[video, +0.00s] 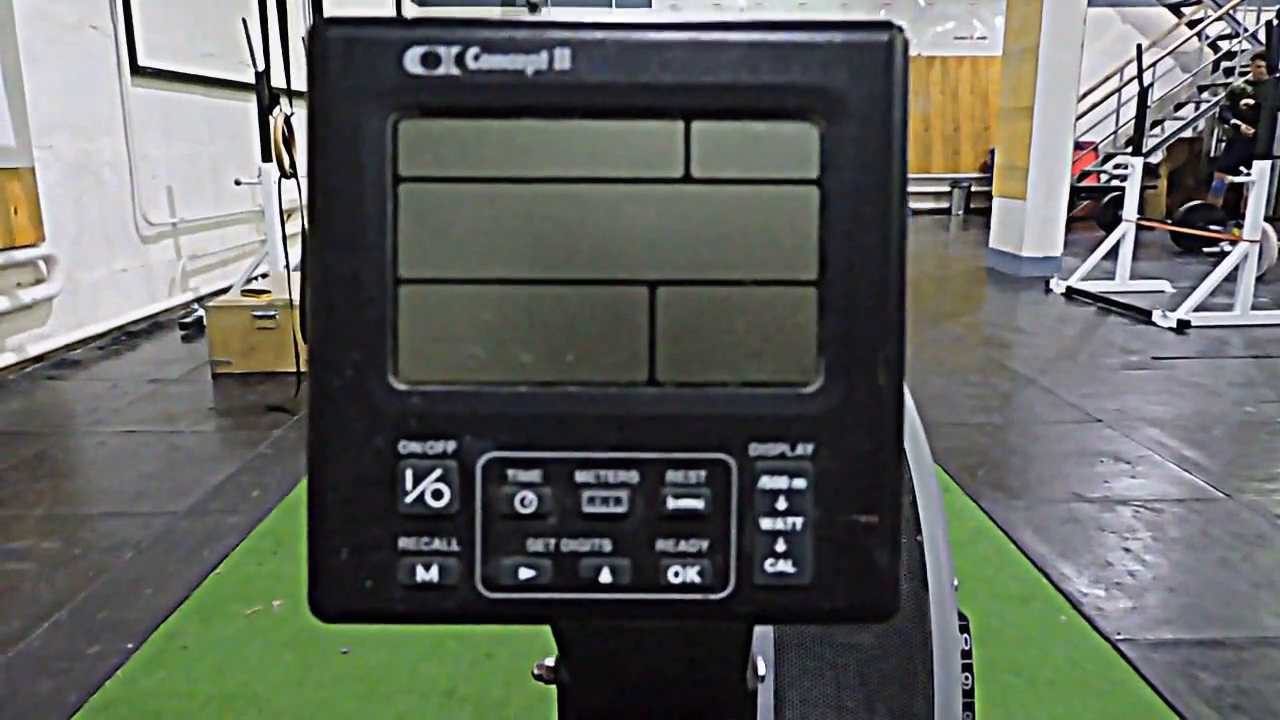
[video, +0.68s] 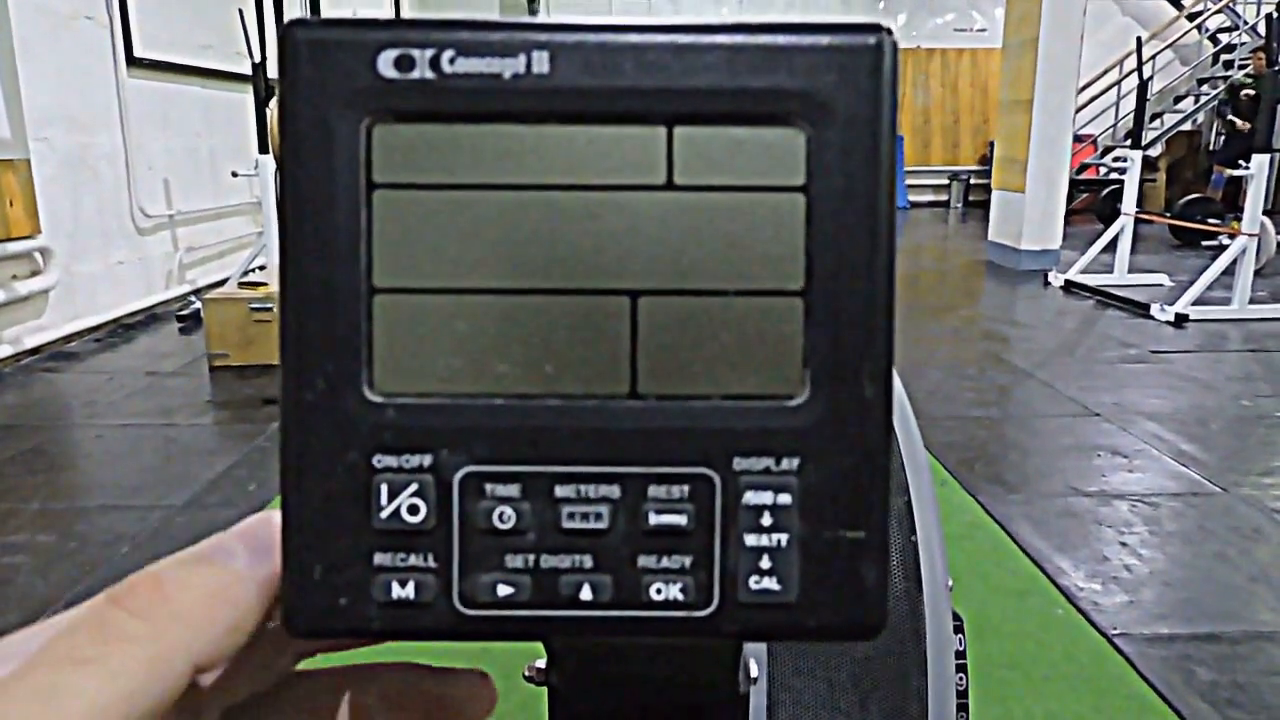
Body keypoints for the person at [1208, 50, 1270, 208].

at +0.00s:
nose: (1259, 70)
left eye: (1262, 67)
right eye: (1256, 66)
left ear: (1269, 69)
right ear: (1251, 67)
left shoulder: (1272, 89)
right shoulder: (1237, 87)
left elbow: (1273, 113)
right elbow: (1223, 111)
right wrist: (1238, 125)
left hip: (1261, 140)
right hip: (1238, 138)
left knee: (1256, 179)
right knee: (1221, 173)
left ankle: (1249, 218)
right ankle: (1210, 216)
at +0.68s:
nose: (1258, 63)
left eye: (1262, 59)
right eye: (1256, 59)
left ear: (1268, 62)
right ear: (1251, 61)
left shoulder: (1272, 84)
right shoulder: (1237, 82)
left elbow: (1272, 110)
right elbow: (1221, 107)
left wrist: (1255, 125)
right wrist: (1234, 121)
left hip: (1259, 134)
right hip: (1237, 133)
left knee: (1256, 170)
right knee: (1220, 165)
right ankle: (1210, 207)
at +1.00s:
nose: (1257, 64)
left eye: (1261, 60)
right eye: (1255, 60)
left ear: (1268, 63)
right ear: (1251, 62)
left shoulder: (1272, 84)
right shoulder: (1237, 83)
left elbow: (1273, 113)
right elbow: (1226, 108)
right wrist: (1235, 127)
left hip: (1259, 138)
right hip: (1238, 136)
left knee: (1255, 175)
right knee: (1220, 168)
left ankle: (1248, 213)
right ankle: (1210, 210)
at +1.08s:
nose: (1257, 63)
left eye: (1261, 59)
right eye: (1255, 59)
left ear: (1268, 62)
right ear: (1252, 60)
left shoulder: (1272, 82)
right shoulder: (1239, 80)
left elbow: (1273, 103)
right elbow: (1227, 104)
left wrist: (1256, 94)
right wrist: (1232, 123)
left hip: (1260, 134)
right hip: (1238, 132)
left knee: (1254, 171)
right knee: (1223, 166)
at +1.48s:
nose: (1262, 65)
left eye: (1266, 61)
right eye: (1260, 61)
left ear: (1273, 64)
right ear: (1256, 62)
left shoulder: (1274, 82)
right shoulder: (1246, 80)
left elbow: (1274, 107)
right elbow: (1229, 95)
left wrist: (1254, 104)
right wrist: (1238, 101)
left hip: (1264, 134)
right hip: (1242, 132)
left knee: (1261, 171)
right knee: (1225, 167)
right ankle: (1216, 206)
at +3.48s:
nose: (1268, 77)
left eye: (1271, 73)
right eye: (1265, 73)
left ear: (1278, 73)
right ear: (1261, 74)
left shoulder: (1276, 94)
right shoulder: (1254, 92)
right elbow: (1227, 111)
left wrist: (1274, 100)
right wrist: (1255, 106)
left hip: (1272, 150)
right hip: (1249, 148)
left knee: (1270, 188)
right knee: (1232, 182)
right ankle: (1221, 224)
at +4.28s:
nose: (1267, 81)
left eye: (1270, 77)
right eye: (1263, 78)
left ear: (1276, 78)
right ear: (1258, 80)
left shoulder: (1276, 99)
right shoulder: (1248, 100)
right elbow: (1230, 127)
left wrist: (1274, 107)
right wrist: (1252, 120)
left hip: (1271, 155)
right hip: (1248, 155)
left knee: (1271, 195)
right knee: (1231, 191)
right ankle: (1219, 232)